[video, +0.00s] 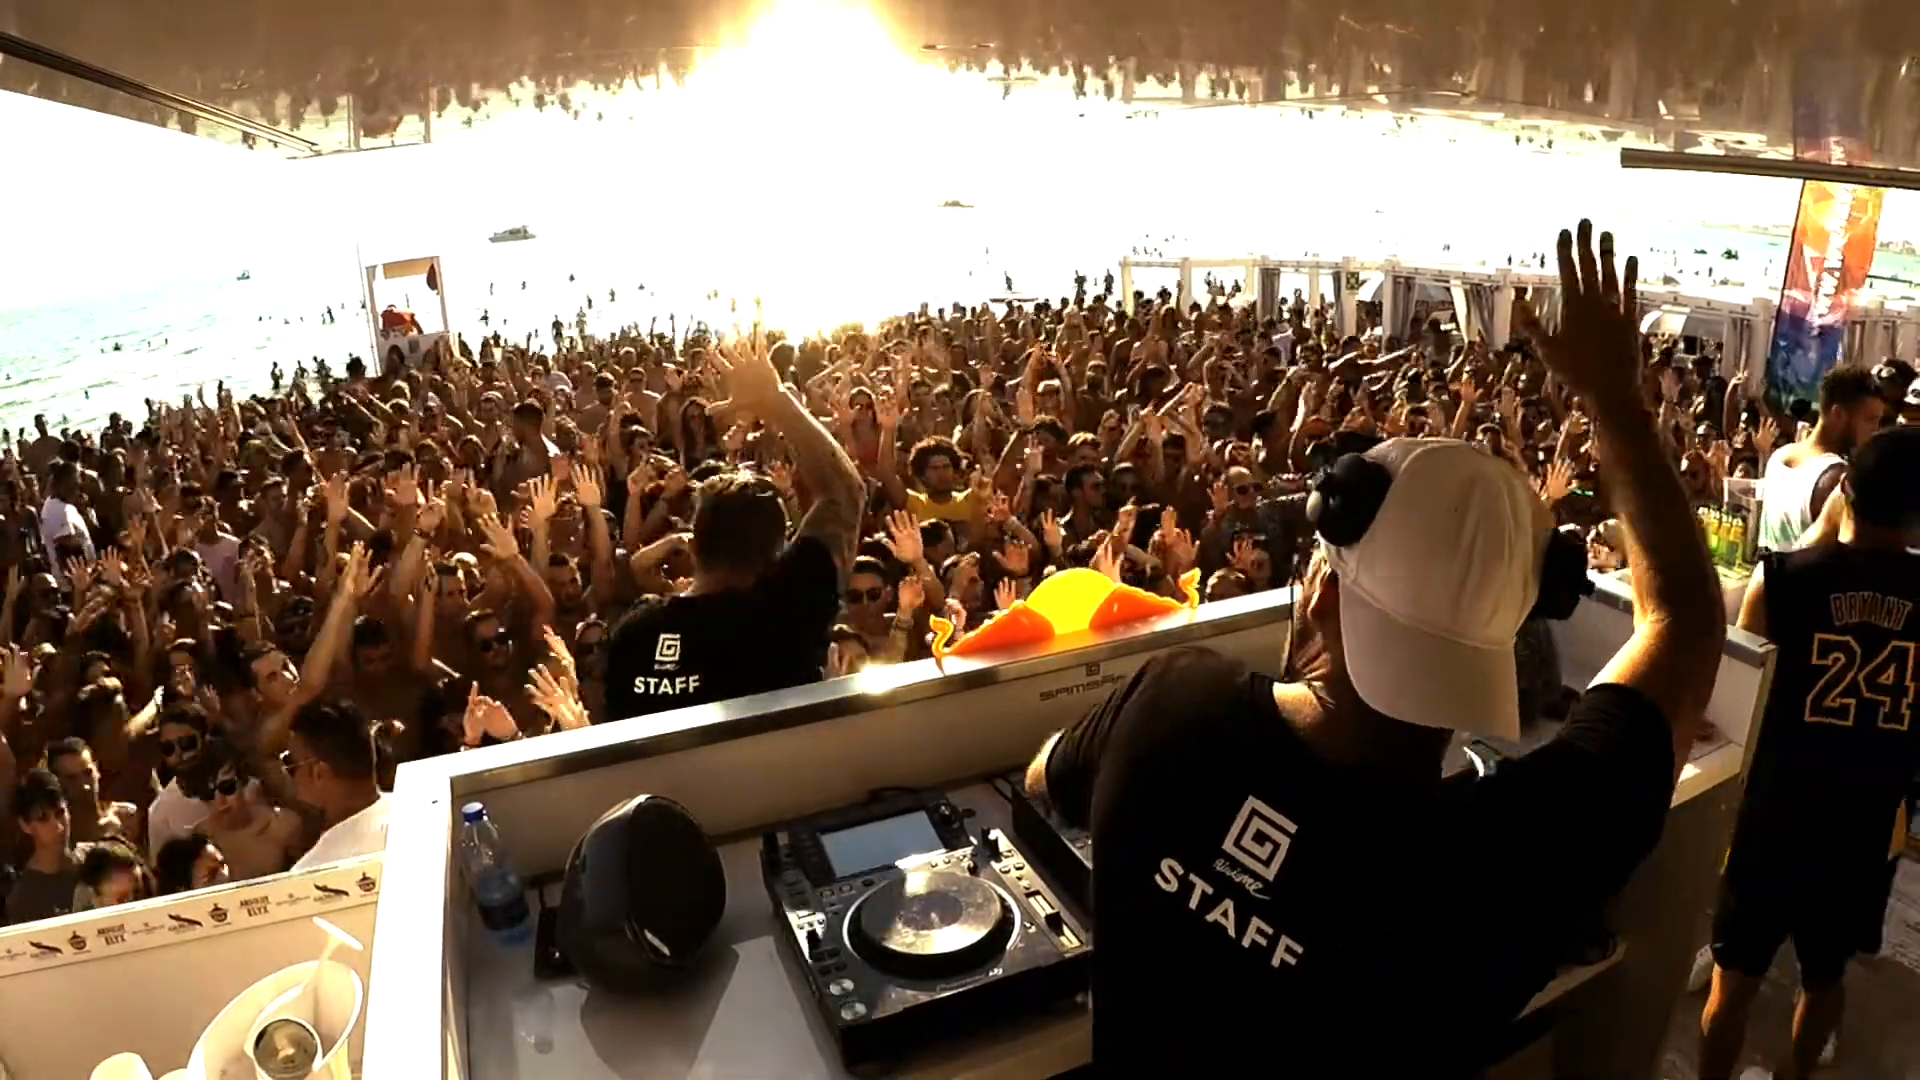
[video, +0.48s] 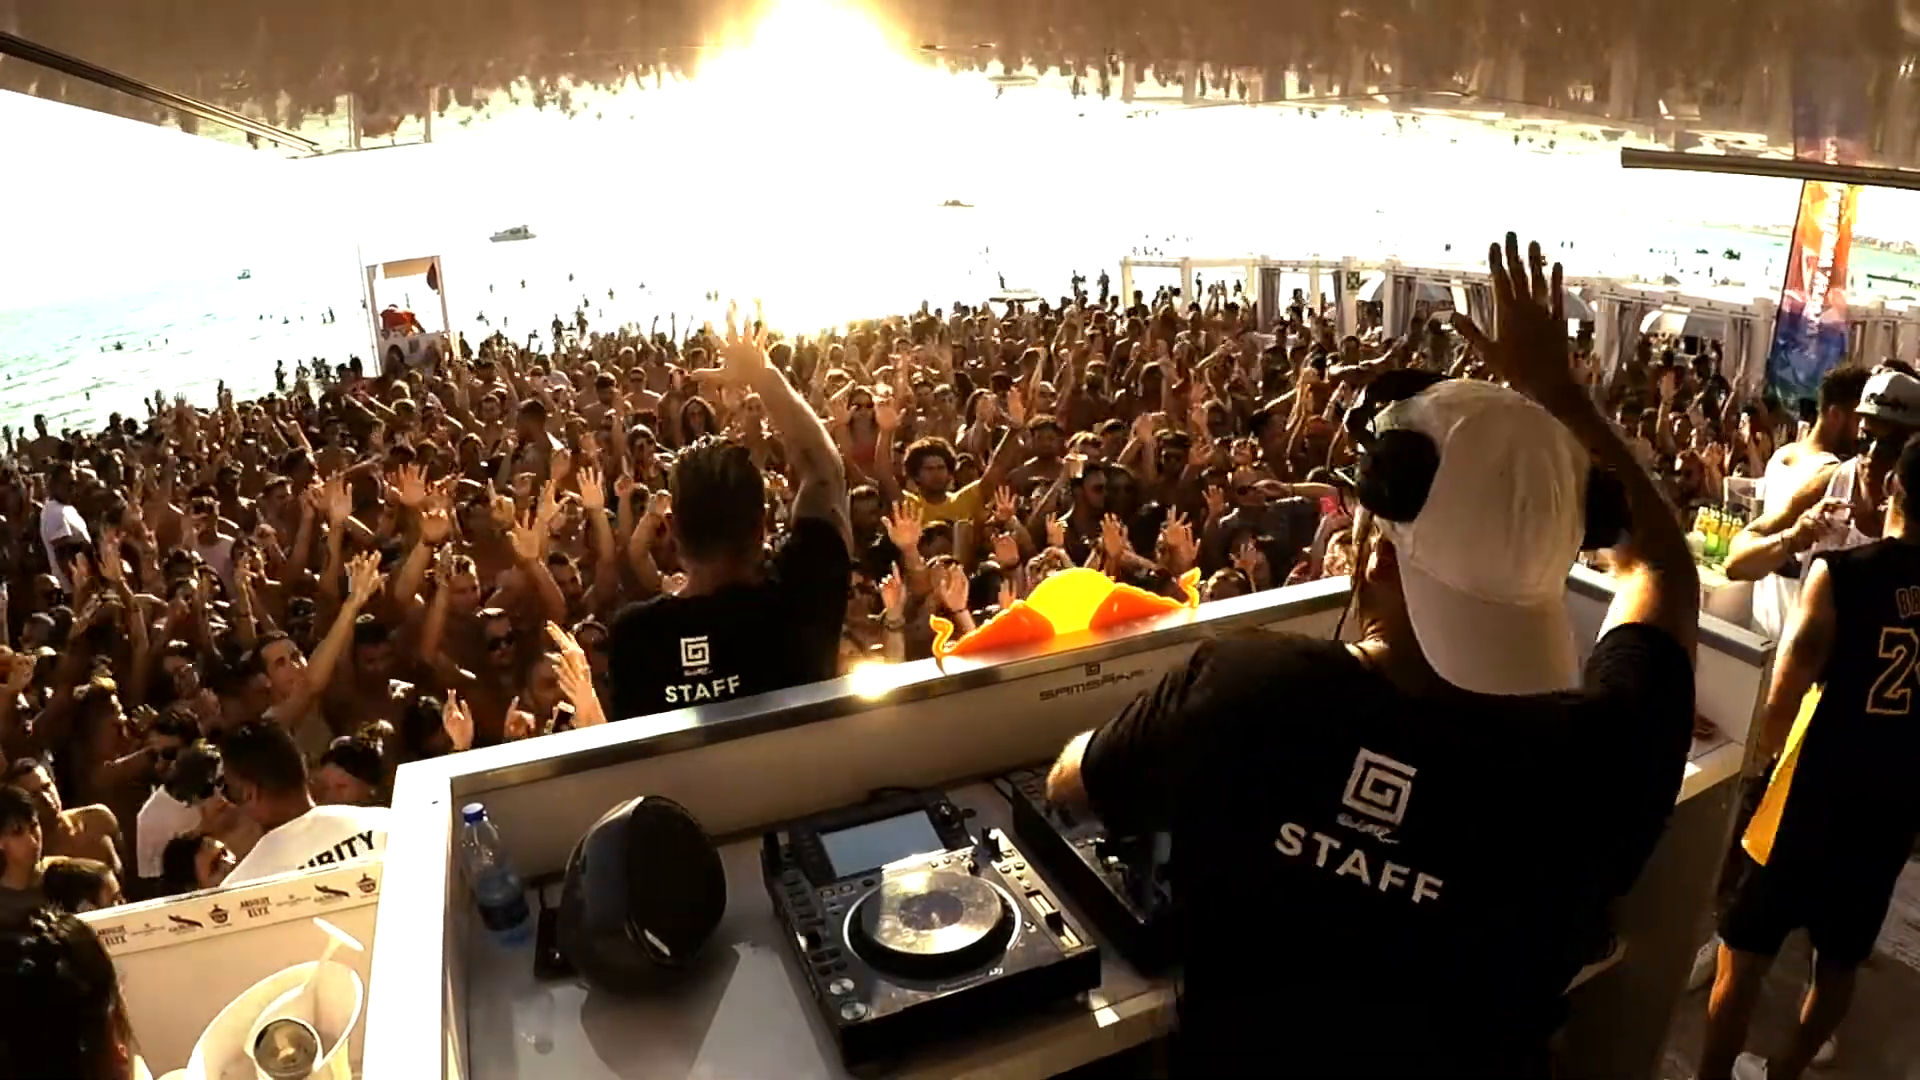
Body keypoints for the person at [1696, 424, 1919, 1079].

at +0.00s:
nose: (1834, 486)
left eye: (1841, 477)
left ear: (1848, 489)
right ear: (1919, 504)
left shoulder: (1788, 575)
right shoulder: (1919, 589)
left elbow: (1751, 629)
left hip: (1779, 804)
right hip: (1868, 818)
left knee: (1734, 972)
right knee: (1826, 973)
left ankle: (1712, 1076)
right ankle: (1795, 1075)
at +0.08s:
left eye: (1850, 479)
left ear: (1852, 492)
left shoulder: (1799, 574)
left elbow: (1757, 627)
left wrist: (1818, 518)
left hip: (1781, 800)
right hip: (1867, 814)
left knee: (1735, 973)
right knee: (1824, 973)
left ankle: (1711, 1078)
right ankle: (1787, 1072)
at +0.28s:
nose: (1864, 486)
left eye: (1868, 478)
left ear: (1871, 493)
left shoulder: (1815, 578)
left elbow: (1778, 666)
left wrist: (1805, 562)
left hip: (1788, 803)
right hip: (1878, 812)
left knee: (1740, 966)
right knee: (1827, 970)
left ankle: (1712, 1075)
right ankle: (1783, 1071)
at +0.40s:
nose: (1867, 475)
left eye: (1873, 465)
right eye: (1874, 460)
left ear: (1882, 486)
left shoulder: (1832, 578)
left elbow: (1782, 690)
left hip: (1802, 794)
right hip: (1887, 808)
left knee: (1740, 963)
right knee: (1835, 968)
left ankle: (1712, 1074)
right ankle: (1785, 1070)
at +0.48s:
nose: (1871, 476)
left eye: (1880, 464)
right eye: (1880, 461)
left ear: (1891, 486)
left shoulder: (1842, 573)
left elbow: (1781, 698)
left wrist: (1766, 768)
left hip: (1809, 792)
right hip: (1892, 808)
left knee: (1741, 958)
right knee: (1839, 965)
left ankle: (1711, 1073)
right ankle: (1787, 1069)